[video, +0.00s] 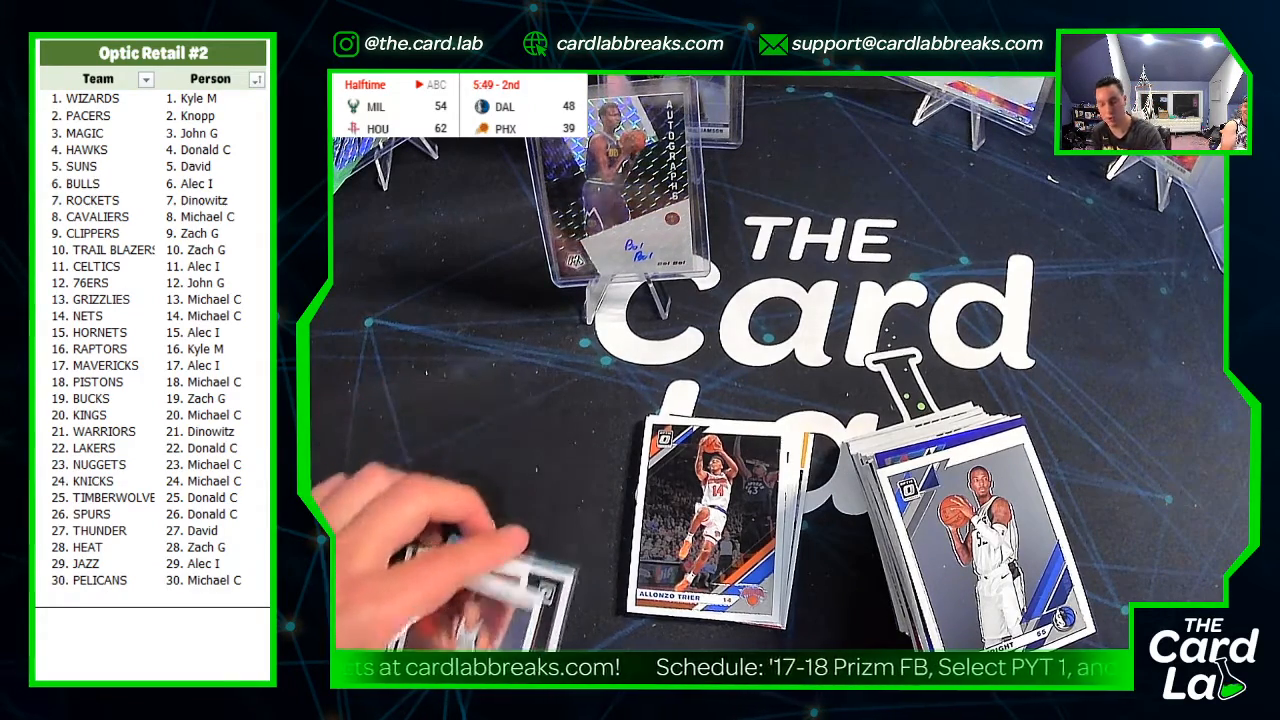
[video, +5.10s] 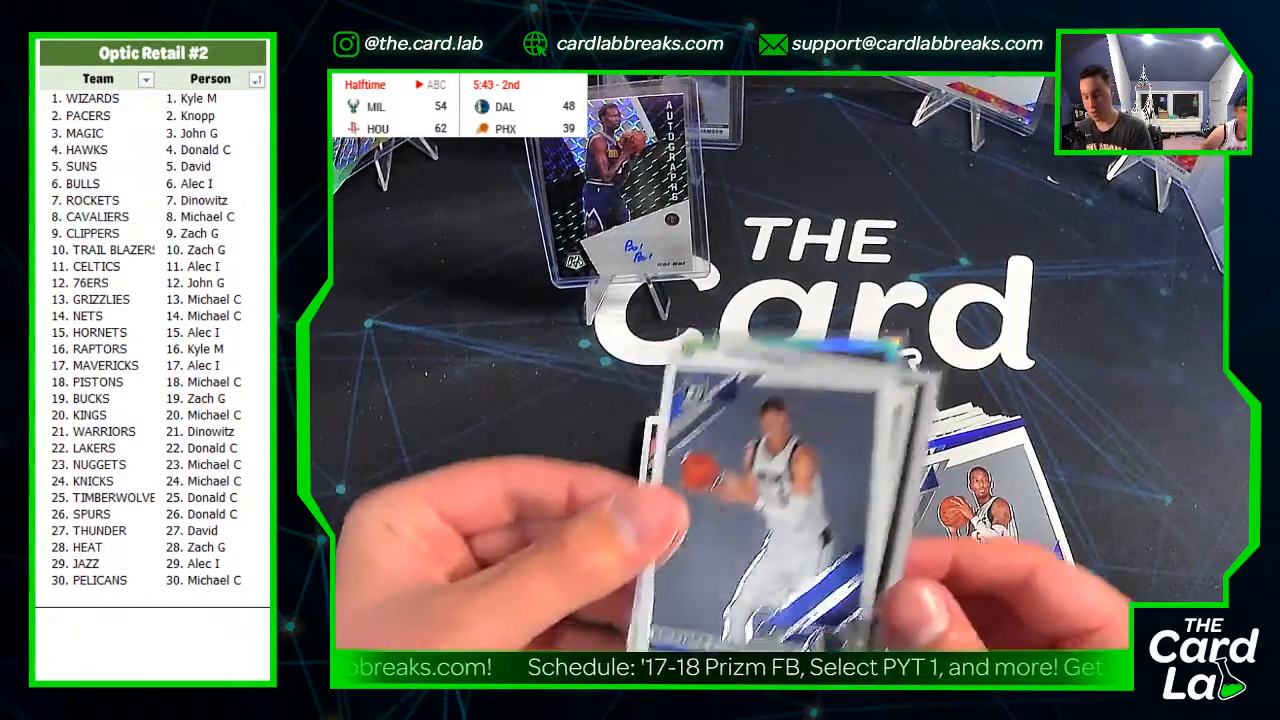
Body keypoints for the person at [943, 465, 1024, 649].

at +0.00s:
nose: (980, 483)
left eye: (983, 478)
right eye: (975, 480)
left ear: (990, 481)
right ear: (970, 485)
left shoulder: (1000, 504)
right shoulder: (974, 517)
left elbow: (997, 539)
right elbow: (965, 559)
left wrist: (972, 517)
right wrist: (954, 530)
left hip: (1007, 579)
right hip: (985, 585)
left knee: (1018, 632)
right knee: (991, 639)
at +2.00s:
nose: (980, 484)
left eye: (983, 479)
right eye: (975, 480)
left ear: (990, 482)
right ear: (970, 486)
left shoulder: (1000, 504)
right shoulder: (974, 518)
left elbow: (997, 538)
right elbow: (965, 559)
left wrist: (972, 517)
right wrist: (953, 530)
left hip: (1007, 579)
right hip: (985, 585)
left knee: (1018, 633)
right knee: (991, 640)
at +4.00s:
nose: (980, 484)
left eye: (983, 480)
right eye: (975, 481)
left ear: (990, 482)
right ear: (970, 486)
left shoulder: (1000, 505)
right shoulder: (975, 518)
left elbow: (997, 539)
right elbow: (965, 559)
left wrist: (972, 517)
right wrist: (953, 531)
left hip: (1006, 578)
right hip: (985, 584)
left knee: (1017, 632)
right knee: (991, 640)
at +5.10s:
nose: (981, 485)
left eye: (985, 480)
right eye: (976, 481)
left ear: (990, 484)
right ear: (970, 486)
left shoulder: (1000, 505)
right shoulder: (977, 512)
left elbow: (997, 538)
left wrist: (972, 518)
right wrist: (954, 532)